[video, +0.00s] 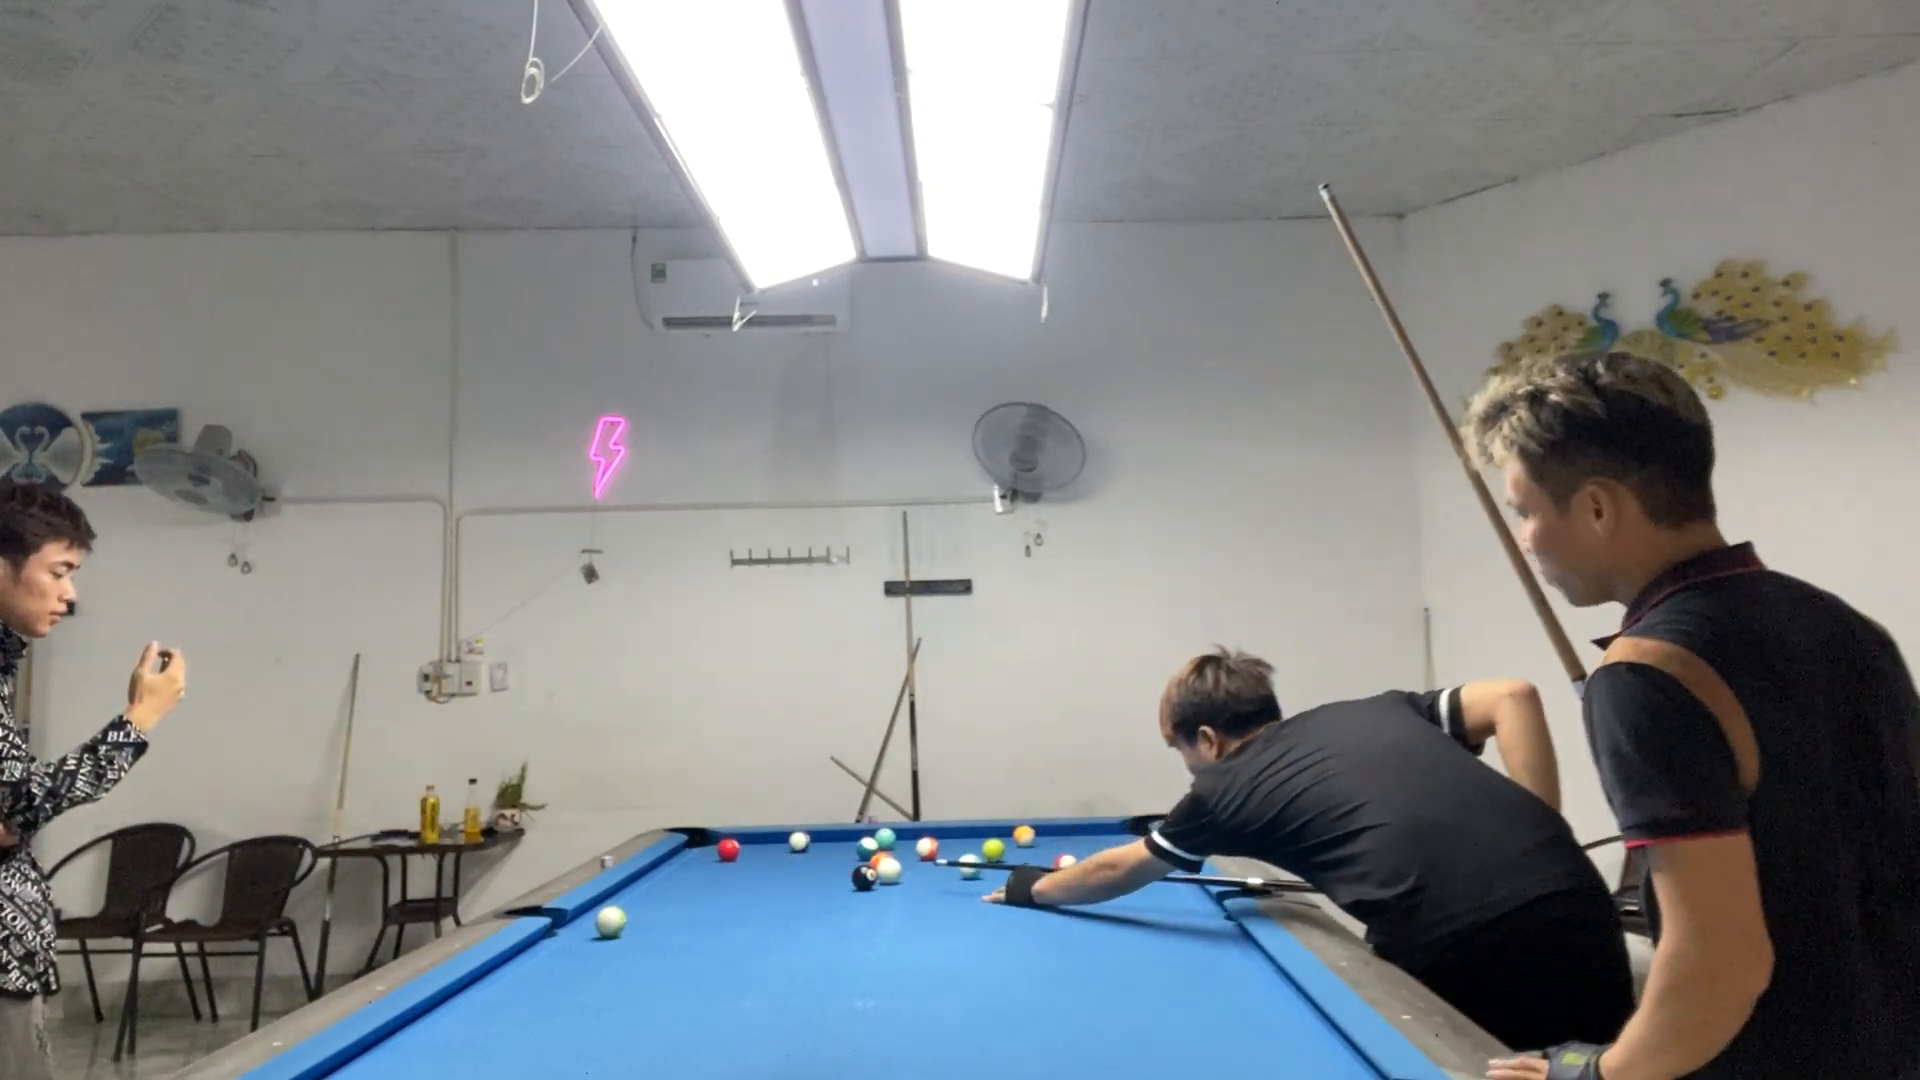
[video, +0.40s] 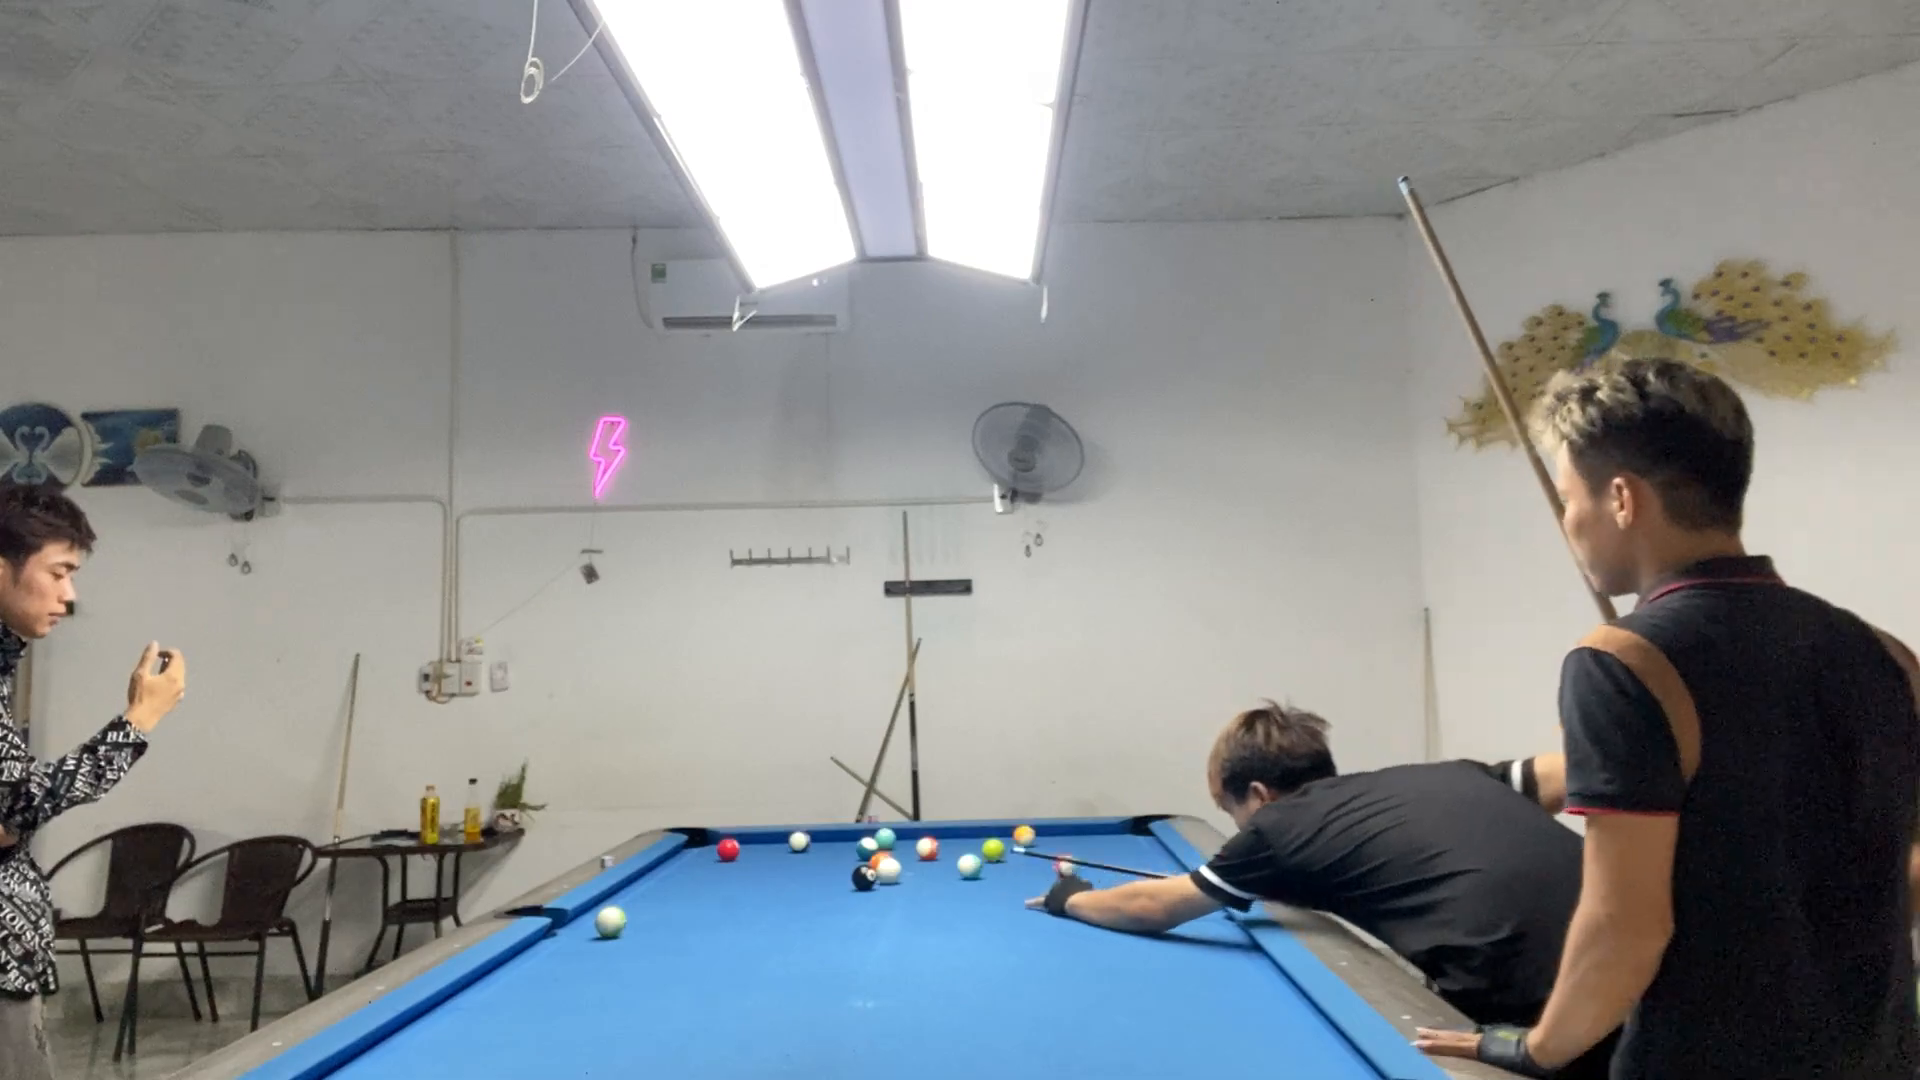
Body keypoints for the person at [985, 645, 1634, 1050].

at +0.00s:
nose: (1186, 766)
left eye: (1183, 752)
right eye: (1180, 754)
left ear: (1208, 740)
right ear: (1272, 707)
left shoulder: (1221, 790)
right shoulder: (1381, 710)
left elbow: (1110, 872)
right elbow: (1512, 697)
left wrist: (1038, 888)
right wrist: (1544, 832)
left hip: (1452, 939)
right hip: (1571, 903)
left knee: (1445, 1072)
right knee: (1598, 1066)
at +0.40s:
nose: (1235, 822)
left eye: (1234, 810)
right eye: (1231, 811)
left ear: (1259, 795)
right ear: (1323, 761)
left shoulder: (1275, 831)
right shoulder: (1441, 775)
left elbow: (1152, 907)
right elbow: (1563, 773)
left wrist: (1068, 901)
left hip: (1524, 996)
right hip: (1619, 957)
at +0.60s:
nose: (1284, 843)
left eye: (1282, 830)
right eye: (1277, 832)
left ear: (1311, 813)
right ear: (1377, 789)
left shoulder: (1331, 841)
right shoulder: (1450, 816)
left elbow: (1181, 916)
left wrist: (1114, 906)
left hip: (1577, 1024)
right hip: (1656, 983)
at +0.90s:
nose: (1334, 874)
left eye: (1339, 861)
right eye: (1332, 861)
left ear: (1377, 859)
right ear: (1449, 843)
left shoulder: (1391, 882)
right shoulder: (1515, 878)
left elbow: (1225, 918)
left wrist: (1187, 929)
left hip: (1639, 1045)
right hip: (1702, 1013)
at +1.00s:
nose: (1349, 883)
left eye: (1351, 872)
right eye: (1347, 874)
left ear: (1375, 870)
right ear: (1464, 854)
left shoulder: (1406, 893)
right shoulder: (1533, 901)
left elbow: (1236, 928)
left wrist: (1203, 928)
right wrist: (1496, 1038)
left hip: (1598, 1055)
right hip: (1686, 1053)